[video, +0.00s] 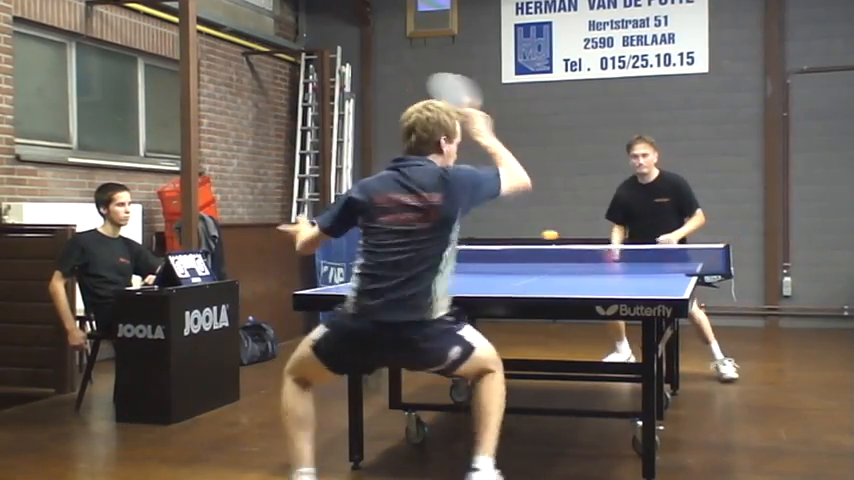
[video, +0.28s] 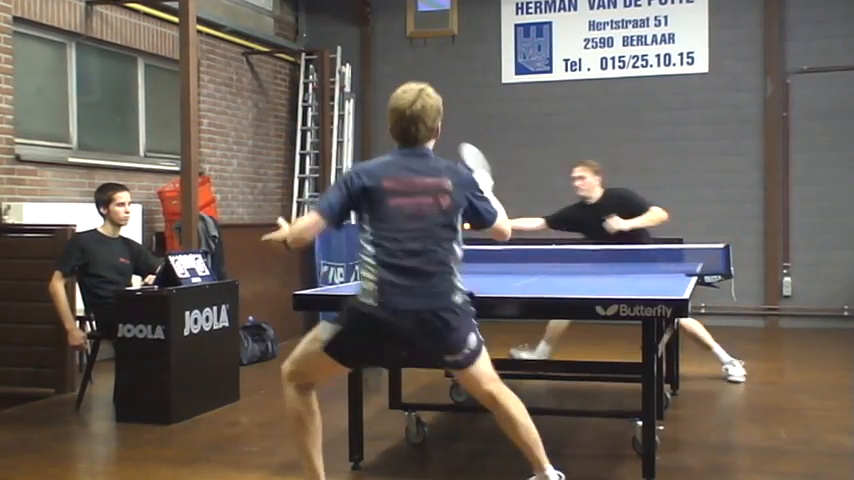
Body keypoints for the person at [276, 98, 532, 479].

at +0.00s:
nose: (457, 150)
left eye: (457, 142)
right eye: (456, 142)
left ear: (410, 140)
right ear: (442, 143)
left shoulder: (367, 189)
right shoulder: (454, 182)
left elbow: (306, 243)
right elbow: (520, 179)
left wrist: (302, 230)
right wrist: (485, 135)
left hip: (359, 326)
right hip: (422, 329)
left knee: (297, 378)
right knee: (490, 369)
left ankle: (303, 473)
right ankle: (483, 467)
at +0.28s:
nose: (436, 125)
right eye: (436, 121)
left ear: (392, 127)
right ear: (436, 129)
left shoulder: (363, 175)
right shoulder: (457, 176)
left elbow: (305, 233)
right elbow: (502, 231)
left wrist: (286, 233)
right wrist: (480, 204)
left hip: (377, 316)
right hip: (443, 317)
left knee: (296, 377)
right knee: (492, 389)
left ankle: (316, 474)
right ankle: (547, 471)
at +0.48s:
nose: (448, 127)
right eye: (447, 120)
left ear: (397, 121)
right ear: (442, 127)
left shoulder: (356, 165)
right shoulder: (442, 184)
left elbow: (286, 217)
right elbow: (473, 274)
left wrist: (327, 219)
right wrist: (523, 274)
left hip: (320, 312)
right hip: (384, 317)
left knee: (273, 394)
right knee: (473, 392)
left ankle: (236, 475)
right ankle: (483, 476)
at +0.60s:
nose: (446, 169)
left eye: (446, 160)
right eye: (448, 161)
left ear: (398, 155)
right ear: (440, 165)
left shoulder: (352, 192)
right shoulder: (405, 218)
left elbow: (295, 233)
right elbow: (410, 315)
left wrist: (342, 255)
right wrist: (490, 347)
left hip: (298, 337)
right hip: (353, 346)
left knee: (260, 420)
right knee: (469, 405)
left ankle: (213, 478)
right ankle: (480, 475)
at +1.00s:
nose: (474, 184)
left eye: (478, 174)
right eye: (475, 173)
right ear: (449, 170)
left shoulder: (392, 189)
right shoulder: (382, 220)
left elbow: (352, 233)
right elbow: (362, 330)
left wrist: (404, 241)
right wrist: (440, 358)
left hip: (280, 321)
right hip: (301, 335)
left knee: (282, 422)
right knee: (443, 411)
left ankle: (213, 478)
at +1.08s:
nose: (480, 162)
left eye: (482, 151)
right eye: (479, 150)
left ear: (437, 145)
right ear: (450, 148)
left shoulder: (385, 174)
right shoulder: (405, 210)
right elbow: (423, 321)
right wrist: (514, 333)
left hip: (278, 313)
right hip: (317, 330)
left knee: (265, 416)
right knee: (449, 415)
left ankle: (209, 479)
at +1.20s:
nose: (476, 121)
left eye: (475, 109)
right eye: (473, 110)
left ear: (419, 109)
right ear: (452, 114)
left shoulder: (358, 148)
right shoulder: (434, 185)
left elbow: (283, 183)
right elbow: (508, 273)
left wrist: (324, 199)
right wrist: (569, 232)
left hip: (274, 298)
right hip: (330, 316)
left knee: (251, 406)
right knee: (447, 414)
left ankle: (209, 477)